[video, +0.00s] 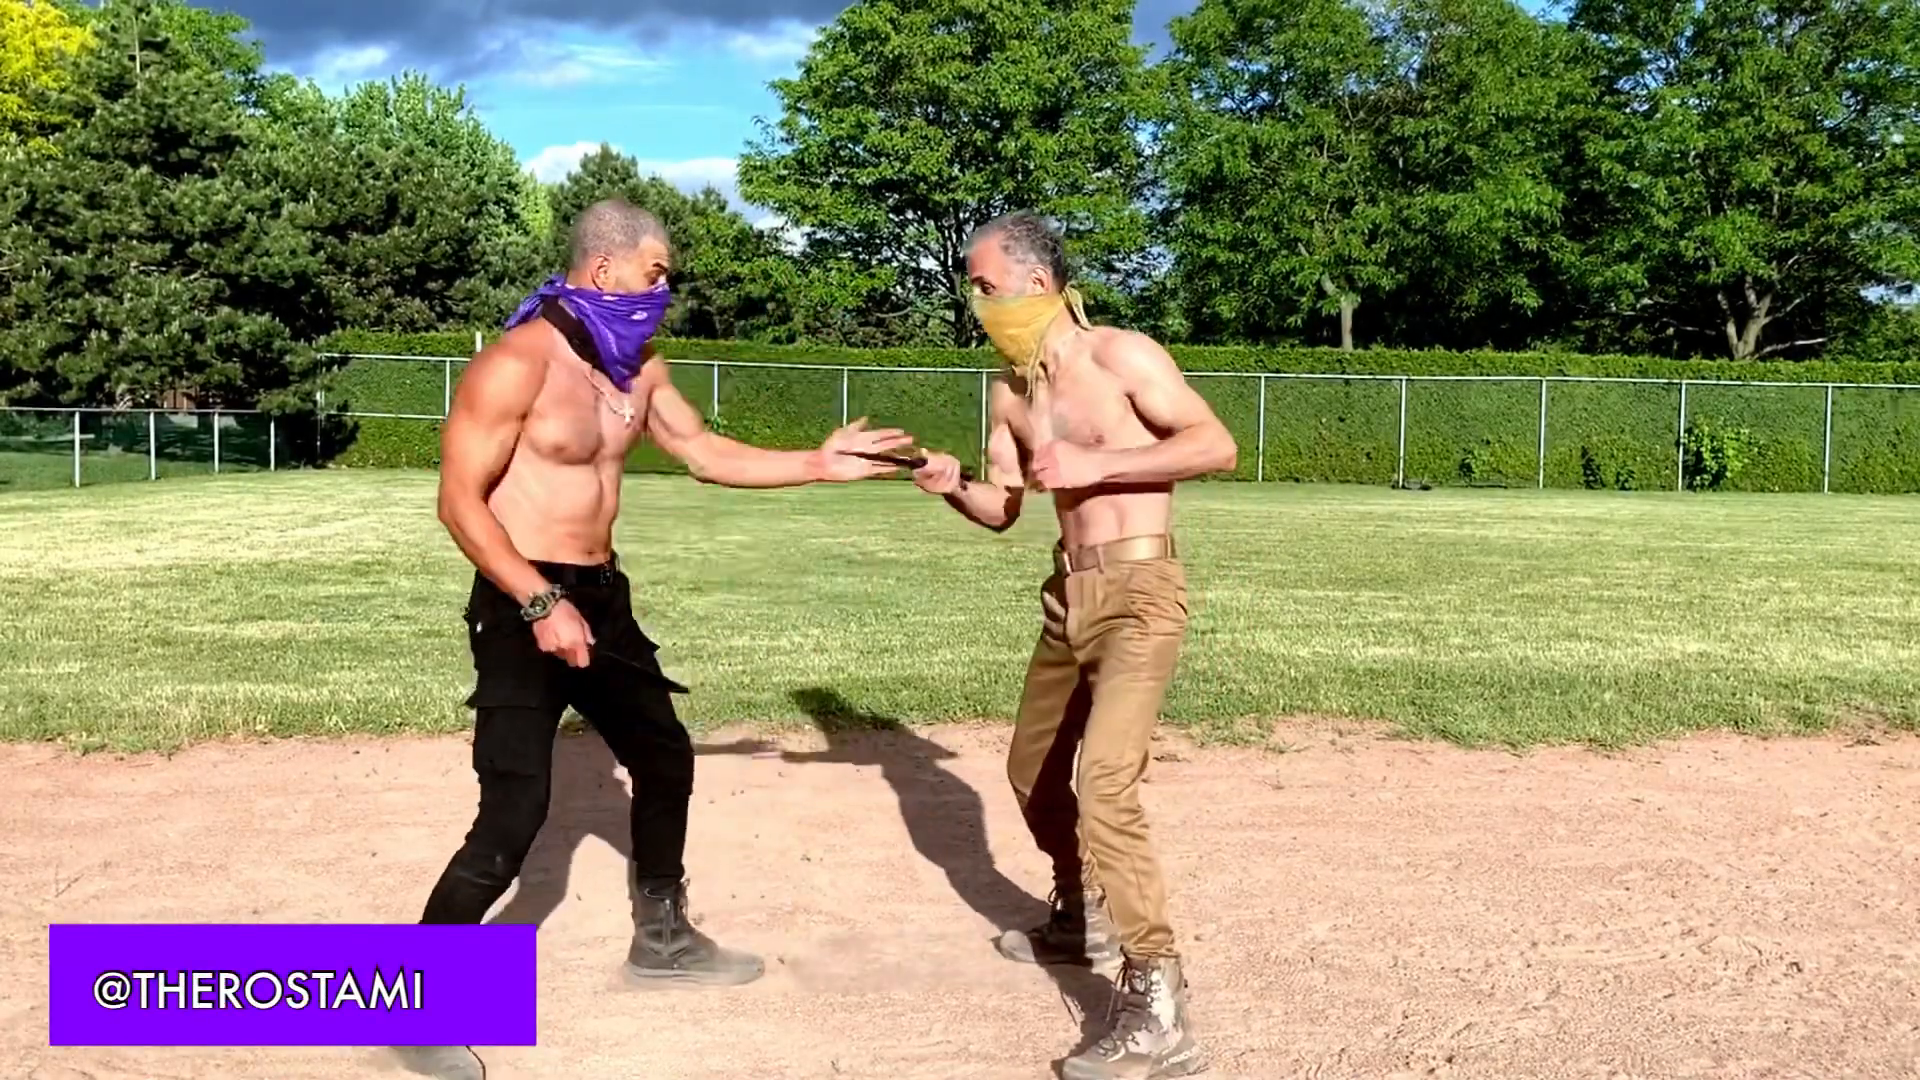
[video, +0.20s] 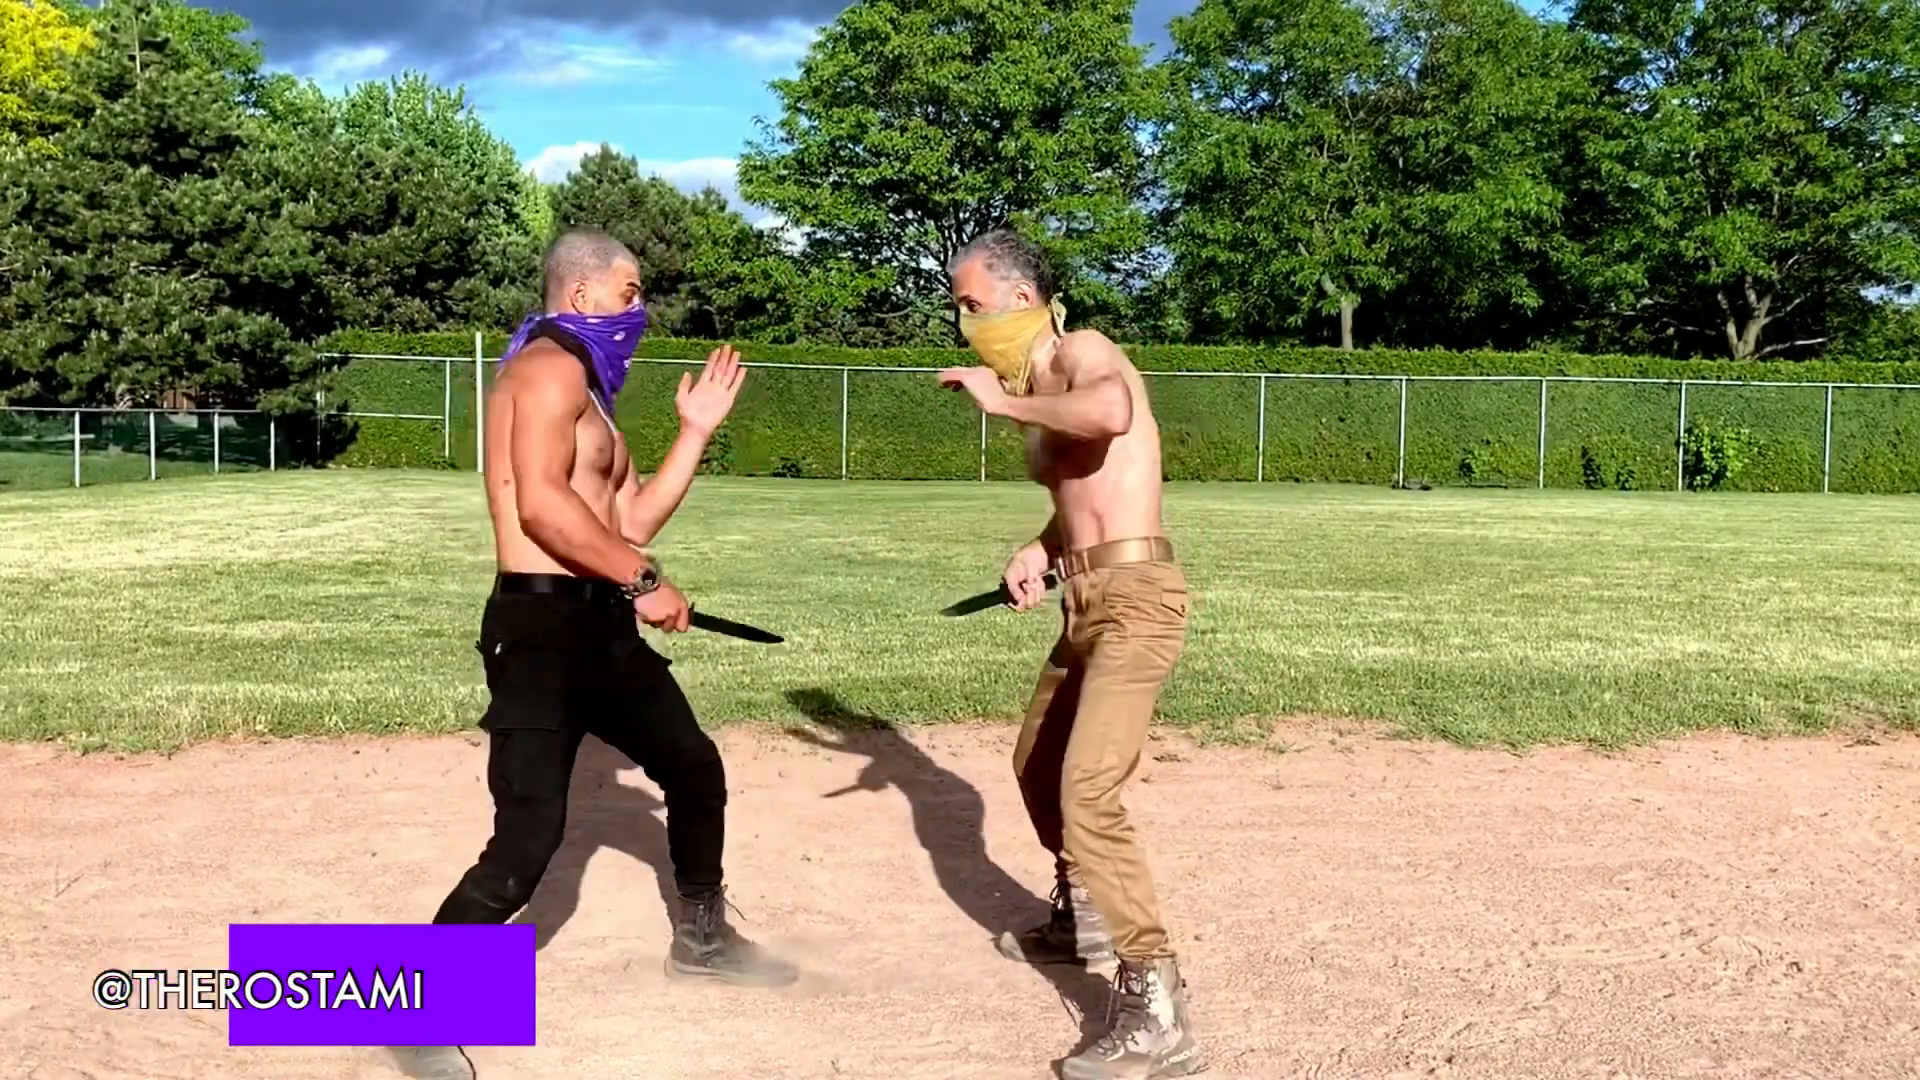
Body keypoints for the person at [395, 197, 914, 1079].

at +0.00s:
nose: (662, 295)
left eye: (666, 279)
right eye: (652, 277)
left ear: (624, 274)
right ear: (599, 270)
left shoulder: (635, 366)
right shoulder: (516, 362)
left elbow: (707, 454)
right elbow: (458, 500)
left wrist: (822, 462)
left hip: (598, 598)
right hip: (516, 603)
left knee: (665, 764)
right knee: (510, 822)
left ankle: (661, 937)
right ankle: (407, 1000)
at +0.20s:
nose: (638, 311)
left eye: (639, 296)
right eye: (628, 294)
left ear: (582, 295)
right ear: (580, 293)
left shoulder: (575, 388)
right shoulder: (546, 371)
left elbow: (629, 521)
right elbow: (541, 504)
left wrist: (693, 433)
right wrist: (640, 576)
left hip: (596, 622)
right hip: (537, 626)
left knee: (696, 771)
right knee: (525, 846)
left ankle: (704, 933)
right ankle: (410, 1007)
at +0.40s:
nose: (682, 303)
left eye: (681, 288)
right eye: (672, 288)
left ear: (615, 291)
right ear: (624, 290)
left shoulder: (572, 367)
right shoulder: (604, 371)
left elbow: (670, 476)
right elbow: (675, 509)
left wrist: (696, 372)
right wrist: (770, 556)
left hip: (579, 617)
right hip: (514, 620)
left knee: (671, 763)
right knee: (498, 816)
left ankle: (684, 931)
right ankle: (413, 1007)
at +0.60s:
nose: (676, 337)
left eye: (679, 322)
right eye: (664, 320)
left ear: (639, 323)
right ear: (609, 322)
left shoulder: (661, 391)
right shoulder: (530, 395)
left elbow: (767, 403)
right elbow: (443, 513)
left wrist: (869, 460)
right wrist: (486, 609)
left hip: (597, 630)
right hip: (511, 629)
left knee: (712, 764)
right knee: (458, 823)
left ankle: (688, 934)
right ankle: (362, 1001)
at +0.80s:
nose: (665, 318)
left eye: (665, 304)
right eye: (655, 303)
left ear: (607, 307)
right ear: (602, 304)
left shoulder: (606, 396)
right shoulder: (556, 398)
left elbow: (675, 433)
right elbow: (593, 548)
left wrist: (690, 380)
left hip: (601, 625)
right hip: (537, 631)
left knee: (702, 753)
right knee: (492, 819)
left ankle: (689, 931)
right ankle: (362, 997)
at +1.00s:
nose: (667, 298)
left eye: (669, 284)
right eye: (661, 283)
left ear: (603, 277)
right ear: (618, 280)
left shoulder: (564, 337)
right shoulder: (584, 388)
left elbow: (597, 457)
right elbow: (688, 507)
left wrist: (658, 393)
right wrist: (792, 451)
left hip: (612, 596)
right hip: (549, 602)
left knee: (689, 752)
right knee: (492, 795)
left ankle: (689, 931)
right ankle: (380, 984)